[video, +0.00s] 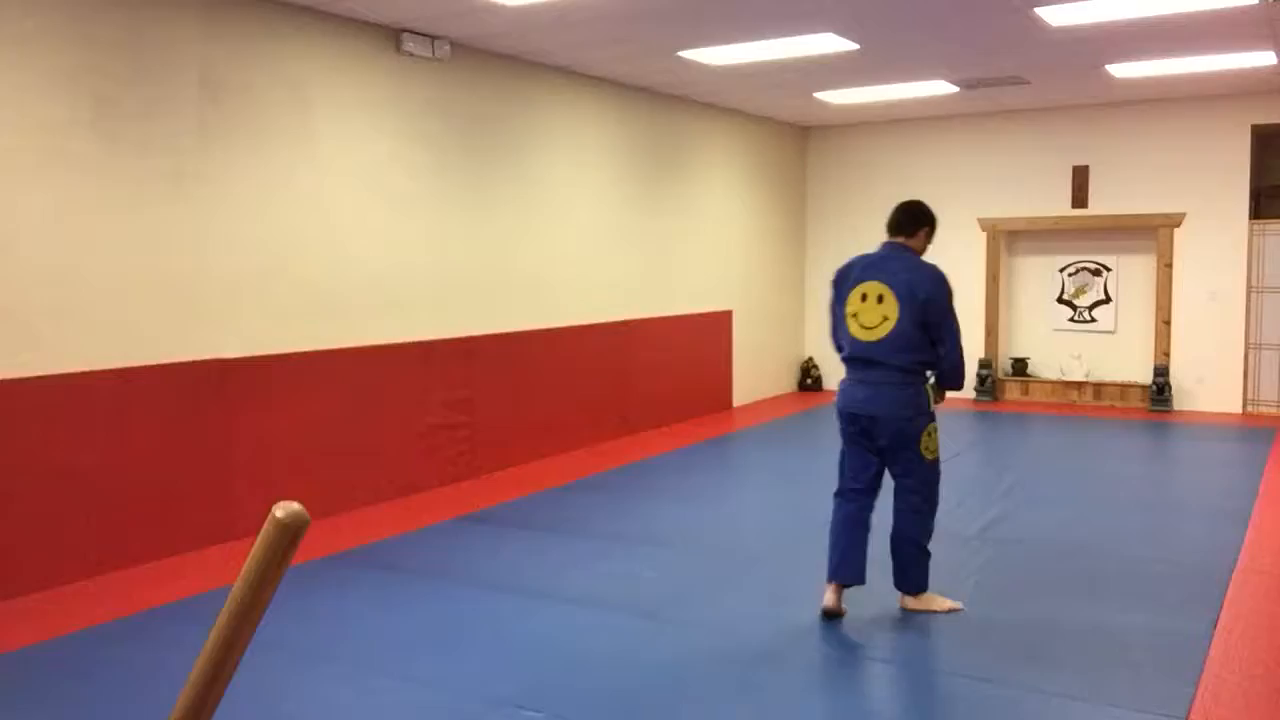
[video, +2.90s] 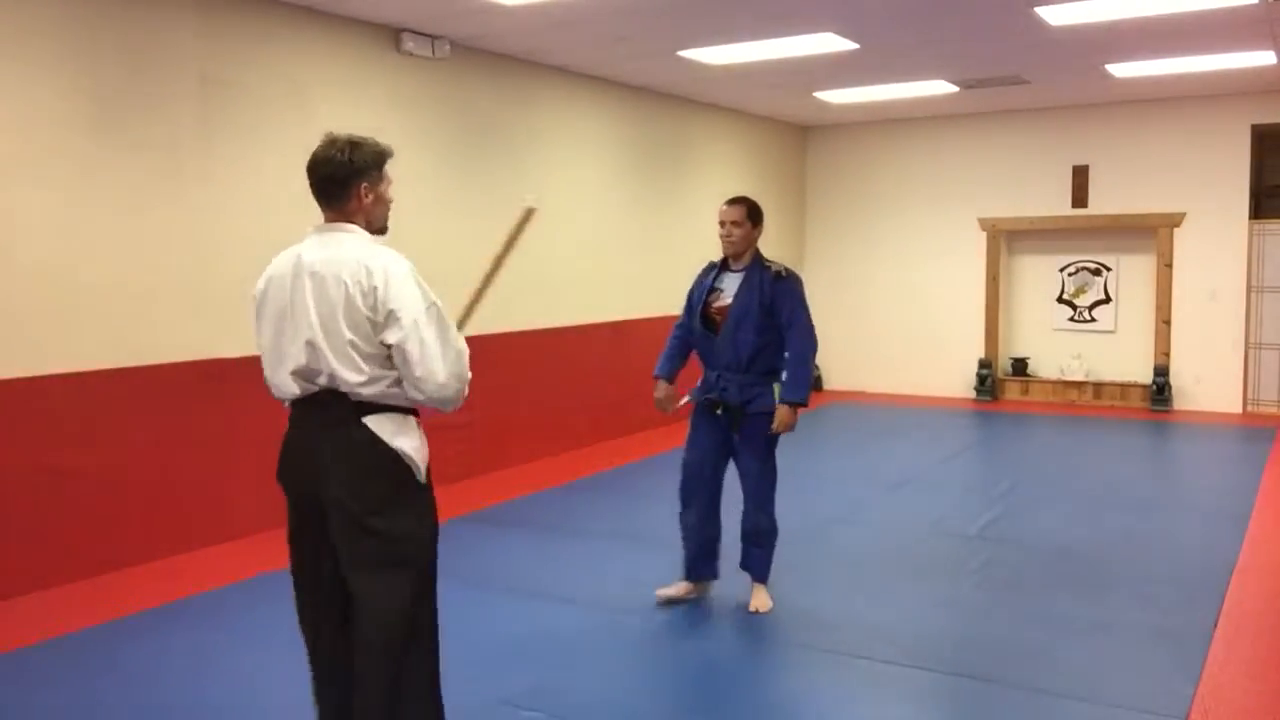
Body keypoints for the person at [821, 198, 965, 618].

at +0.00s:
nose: (930, 243)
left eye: (930, 238)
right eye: (930, 237)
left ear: (888, 230)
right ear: (923, 234)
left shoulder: (848, 271)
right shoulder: (927, 277)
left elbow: (840, 337)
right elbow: (947, 347)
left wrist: (861, 368)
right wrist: (946, 384)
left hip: (855, 398)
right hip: (905, 402)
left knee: (852, 491)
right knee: (917, 493)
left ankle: (834, 587)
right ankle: (912, 591)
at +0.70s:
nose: (931, 244)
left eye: (932, 236)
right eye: (928, 234)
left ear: (904, 231)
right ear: (904, 230)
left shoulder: (889, 266)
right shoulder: (885, 267)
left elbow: (898, 332)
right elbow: (892, 330)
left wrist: (915, 383)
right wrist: (918, 374)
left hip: (871, 390)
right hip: (875, 394)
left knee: (873, 481)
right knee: (917, 488)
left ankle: (861, 566)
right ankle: (917, 585)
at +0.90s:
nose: (909, 236)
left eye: (910, 229)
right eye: (903, 228)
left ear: (886, 231)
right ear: (876, 228)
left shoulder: (893, 279)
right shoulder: (848, 267)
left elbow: (902, 337)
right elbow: (834, 330)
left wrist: (926, 380)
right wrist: (871, 368)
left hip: (881, 389)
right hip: (851, 388)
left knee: (870, 477)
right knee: (868, 477)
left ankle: (864, 565)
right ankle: (869, 573)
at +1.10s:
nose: (882, 232)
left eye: (883, 225)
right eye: (874, 225)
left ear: (879, 228)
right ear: (850, 228)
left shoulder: (885, 277)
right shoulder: (827, 269)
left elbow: (896, 331)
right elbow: (805, 325)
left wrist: (913, 377)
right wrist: (842, 369)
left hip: (873, 391)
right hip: (834, 390)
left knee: (865, 480)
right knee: (828, 478)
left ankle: (858, 564)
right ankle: (802, 564)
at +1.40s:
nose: (820, 232)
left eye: (827, 226)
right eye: (812, 226)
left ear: (837, 231)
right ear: (800, 232)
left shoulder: (854, 278)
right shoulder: (781, 278)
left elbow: (875, 331)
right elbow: (762, 330)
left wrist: (889, 379)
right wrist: (788, 372)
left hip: (844, 397)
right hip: (795, 397)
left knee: (850, 483)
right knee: (786, 482)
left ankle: (856, 565)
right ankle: (770, 557)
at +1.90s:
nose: (745, 233)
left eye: (753, 226)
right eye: (740, 227)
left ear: (769, 230)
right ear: (734, 233)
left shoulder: (796, 274)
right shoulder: (720, 285)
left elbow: (824, 326)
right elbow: (712, 338)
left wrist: (824, 375)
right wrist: (732, 372)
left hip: (794, 394)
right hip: (751, 396)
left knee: (802, 479)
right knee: (761, 479)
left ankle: (813, 565)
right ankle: (769, 557)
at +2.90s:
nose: (726, 232)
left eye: (734, 225)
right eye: (721, 225)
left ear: (756, 230)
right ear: (718, 229)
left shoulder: (780, 282)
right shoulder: (708, 277)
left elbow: (802, 342)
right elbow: (684, 329)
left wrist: (791, 399)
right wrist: (663, 376)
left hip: (757, 405)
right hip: (710, 402)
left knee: (758, 496)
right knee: (696, 487)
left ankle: (758, 582)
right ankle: (697, 577)